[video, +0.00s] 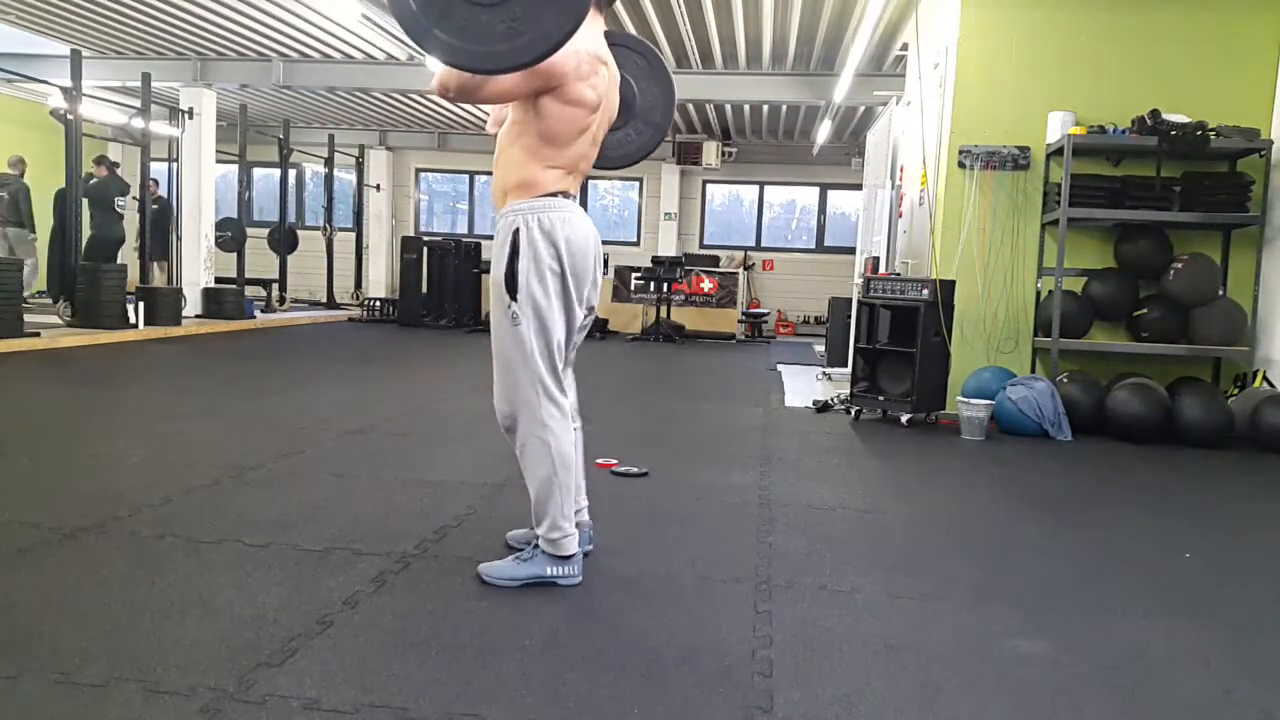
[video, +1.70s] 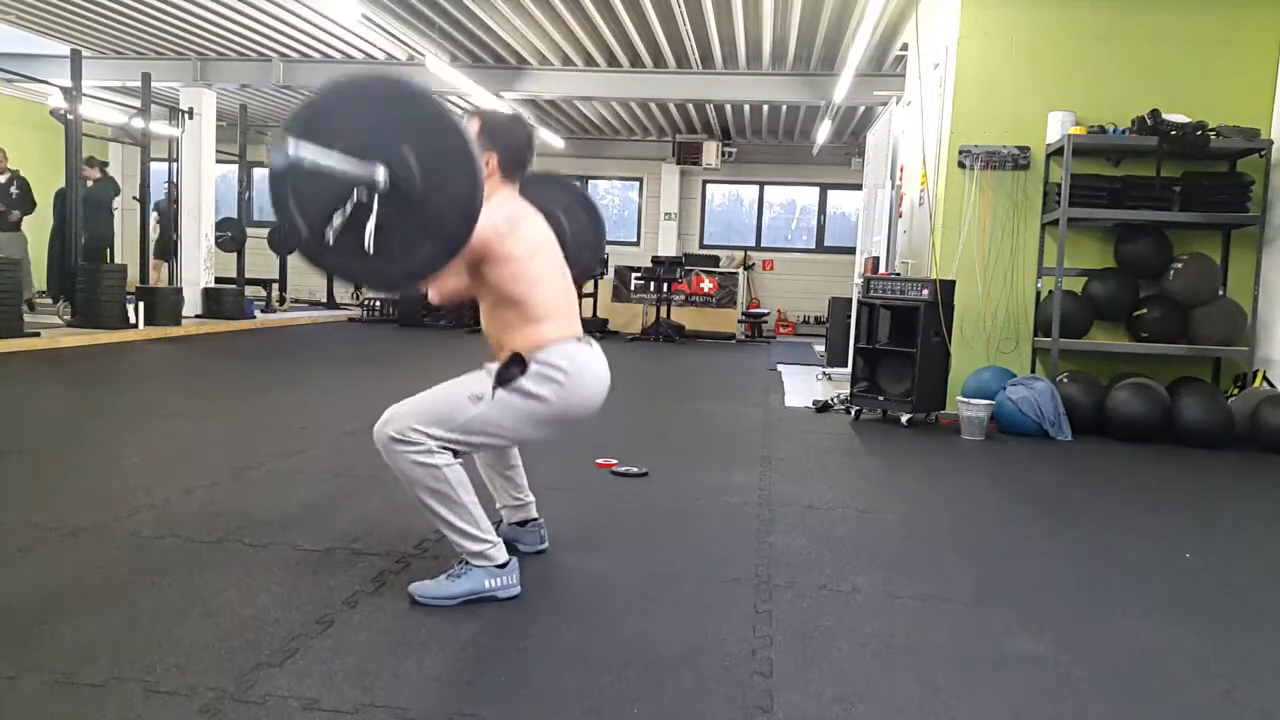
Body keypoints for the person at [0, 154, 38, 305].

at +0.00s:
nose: (25, 170)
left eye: (24, 168)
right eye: (24, 168)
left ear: (9, 167)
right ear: (21, 168)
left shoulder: (2, 182)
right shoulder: (21, 186)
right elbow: (26, 211)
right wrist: (32, 231)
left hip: (2, 227)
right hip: (17, 228)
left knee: (4, 262)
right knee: (30, 259)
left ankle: (5, 293)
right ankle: (24, 292)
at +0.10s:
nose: (24, 169)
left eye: (24, 166)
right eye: (23, 166)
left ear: (8, 166)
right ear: (19, 167)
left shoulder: (3, 181)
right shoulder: (13, 185)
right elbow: (19, 210)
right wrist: (27, 231)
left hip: (3, 228)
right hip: (12, 230)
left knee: (5, 263)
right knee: (20, 263)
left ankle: (5, 291)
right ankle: (20, 289)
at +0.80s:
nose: (13, 165)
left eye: (14, 162)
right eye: (9, 162)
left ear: (17, 163)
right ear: (1, 164)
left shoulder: (24, 184)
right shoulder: (1, 183)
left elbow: (32, 204)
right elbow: (1, 209)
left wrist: (28, 214)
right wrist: (12, 214)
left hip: (18, 232)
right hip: (3, 232)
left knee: (25, 266)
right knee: (2, 269)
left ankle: (26, 297)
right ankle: (3, 298)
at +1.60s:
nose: (3, 167)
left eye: (6, 164)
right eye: (1, 164)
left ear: (12, 164)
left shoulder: (24, 184)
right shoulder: (0, 184)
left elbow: (36, 206)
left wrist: (20, 210)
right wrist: (2, 209)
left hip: (19, 236)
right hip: (3, 235)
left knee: (26, 270)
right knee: (4, 272)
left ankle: (35, 300)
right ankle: (5, 303)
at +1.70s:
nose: (1, 163)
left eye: (2, 160)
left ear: (6, 160)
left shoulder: (18, 180)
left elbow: (31, 203)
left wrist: (19, 213)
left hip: (13, 231)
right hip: (3, 231)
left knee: (22, 265)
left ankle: (28, 296)